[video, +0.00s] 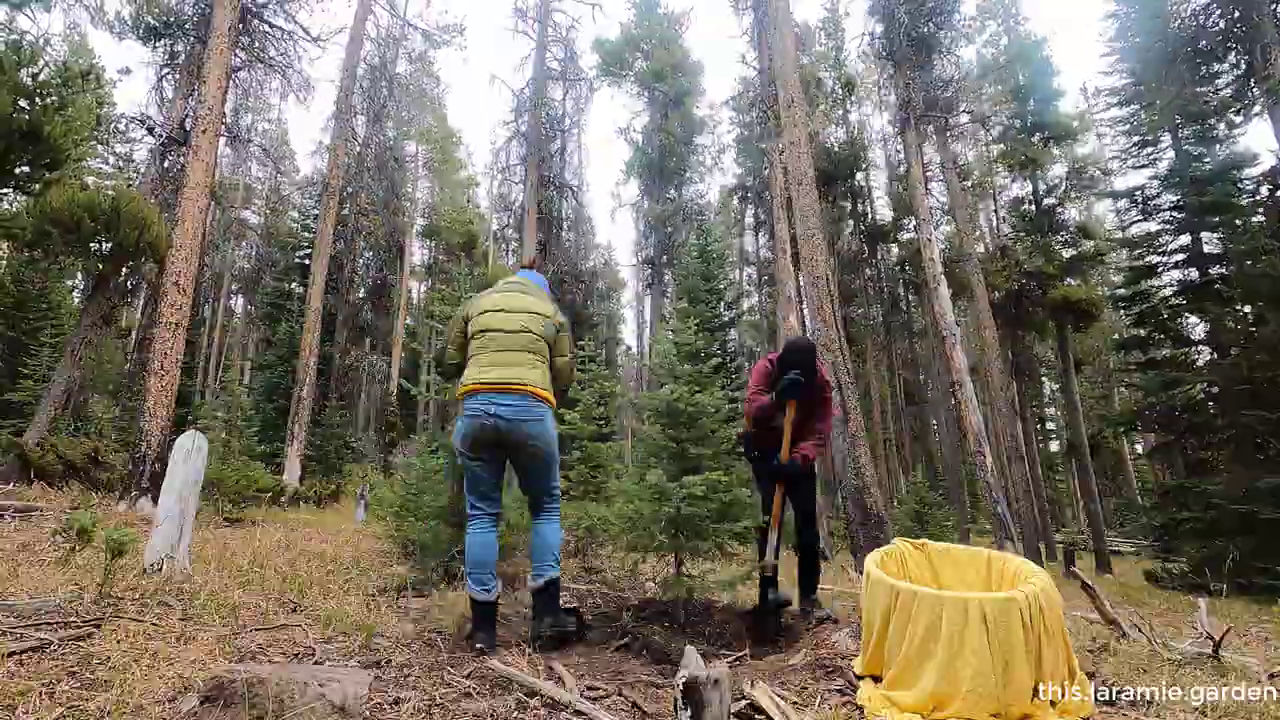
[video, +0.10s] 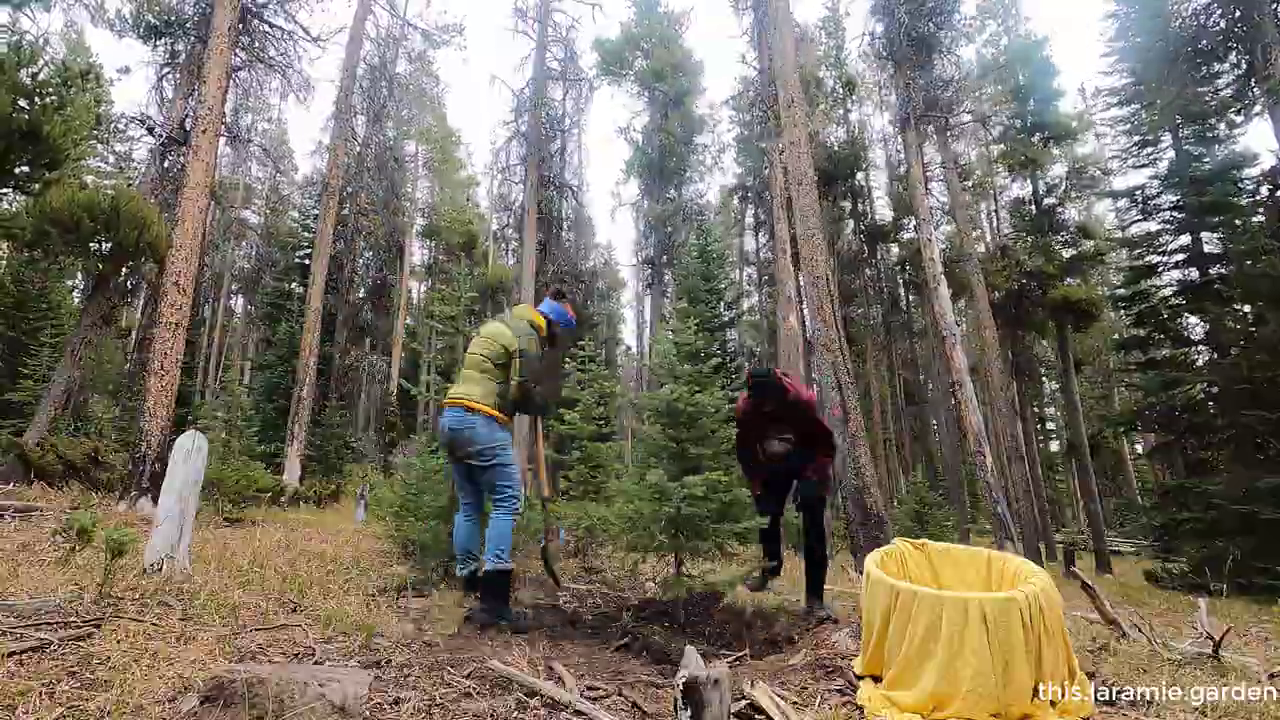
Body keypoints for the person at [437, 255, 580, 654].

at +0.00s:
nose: (547, 302)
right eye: (547, 296)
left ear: (510, 279)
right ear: (543, 290)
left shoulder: (476, 302)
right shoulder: (552, 311)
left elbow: (454, 358)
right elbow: (564, 368)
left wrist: (484, 368)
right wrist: (549, 396)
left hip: (475, 410)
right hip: (531, 412)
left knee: (481, 514)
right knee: (545, 507)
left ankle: (483, 627)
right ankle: (546, 616)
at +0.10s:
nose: (557, 337)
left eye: (561, 332)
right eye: (559, 331)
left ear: (538, 311)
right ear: (553, 323)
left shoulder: (496, 324)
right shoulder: (527, 333)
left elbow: (486, 381)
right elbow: (521, 390)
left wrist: (520, 401)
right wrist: (538, 403)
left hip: (452, 418)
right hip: (482, 423)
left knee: (469, 502)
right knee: (507, 500)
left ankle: (467, 582)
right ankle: (495, 597)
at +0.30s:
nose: (552, 354)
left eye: (555, 350)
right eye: (551, 348)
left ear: (548, 342)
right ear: (540, 339)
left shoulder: (532, 355)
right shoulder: (511, 357)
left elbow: (535, 381)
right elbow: (511, 414)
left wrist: (551, 391)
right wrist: (539, 448)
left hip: (512, 437)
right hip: (496, 437)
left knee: (507, 508)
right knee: (515, 508)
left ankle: (492, 576)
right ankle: (504, 586)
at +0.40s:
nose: (562, 355)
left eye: (565, 353)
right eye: (563, 351)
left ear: (555, 344)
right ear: (554, 340)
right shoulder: (526, 339)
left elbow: (528, 415)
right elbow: (533, 369)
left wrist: (557, 407)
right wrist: (568, 363)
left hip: (490, 428)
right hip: (496, 426)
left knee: (489, 509)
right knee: (547, 481)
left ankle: (477, 580)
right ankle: (546, 566)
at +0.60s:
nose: (553, 307)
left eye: (556, 303)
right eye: (554, 300)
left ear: (539, 292)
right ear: (541, 289)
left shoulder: (522, 314)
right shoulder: (508, 298)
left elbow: (511, 381)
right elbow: (509, 340)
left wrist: (534, 413)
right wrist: (541, 329)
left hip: (493, 417)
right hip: (491, 415)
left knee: (487, 514)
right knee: (509, 514)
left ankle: (477, 602)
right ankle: (497, 612)